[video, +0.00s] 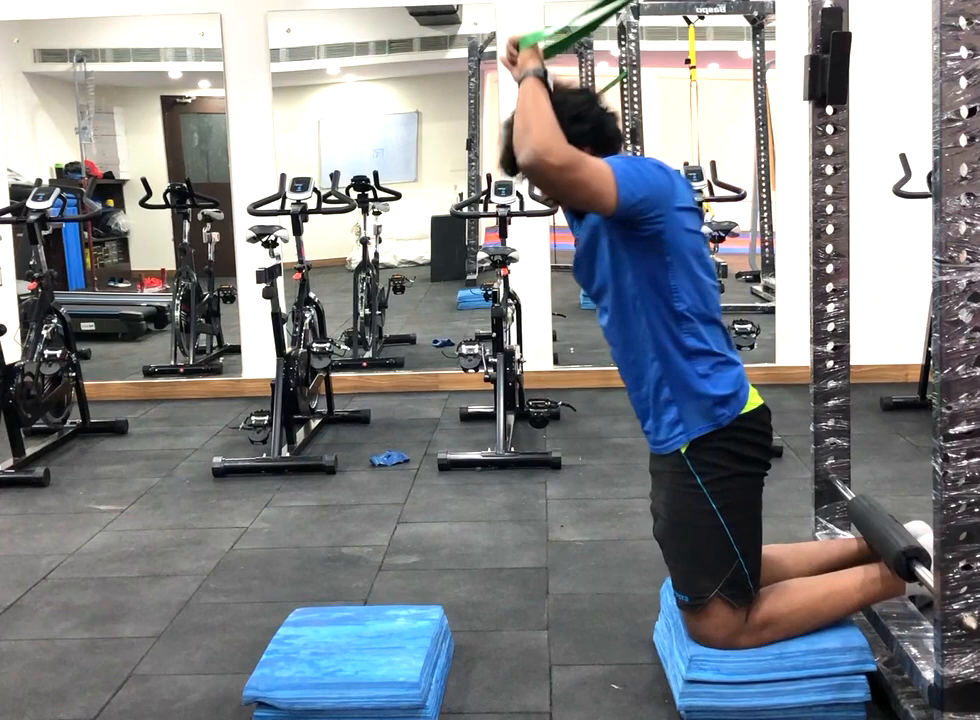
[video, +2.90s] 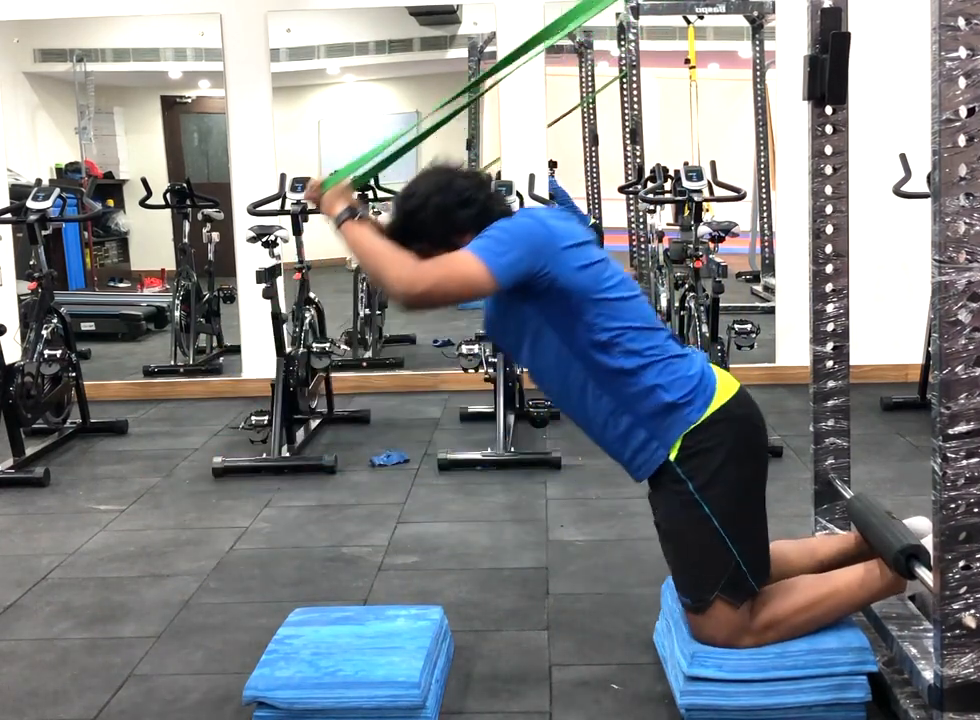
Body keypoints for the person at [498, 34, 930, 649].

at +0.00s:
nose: (534, 189)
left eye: (534, 170)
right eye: (525, 176)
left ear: (569, 149)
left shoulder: (648, 184)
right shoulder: (602, 211)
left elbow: (544, 158)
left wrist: (528, 73)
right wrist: (526, 79)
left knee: (722, 624)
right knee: (718, 582)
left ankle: (898, 577)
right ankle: (873, 545)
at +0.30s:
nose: (438, 228)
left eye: (442, 213)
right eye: (432, 219)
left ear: (477, 196)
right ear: (482, 201)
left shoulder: (551, 207)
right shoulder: (524, 254)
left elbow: (437, 223)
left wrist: (460, 146)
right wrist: (461, 147)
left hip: (683, 431)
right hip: (660, 438)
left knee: (721, 624)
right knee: (718, 585)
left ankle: (903, 572)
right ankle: (869, 542)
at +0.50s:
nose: (382, 299)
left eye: (379, 280)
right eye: (373, 283)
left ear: (399, 263)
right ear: (420, 243)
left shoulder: (483, 249)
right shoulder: (467, 291)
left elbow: (365, 285)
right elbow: (380, 281)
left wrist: (372, 201)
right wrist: (380, 204)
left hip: (663, 439)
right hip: (645, 444)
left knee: (720, 626)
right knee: (718, 586)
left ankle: (902, 571)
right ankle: (865, 539)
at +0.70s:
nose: (343, 369)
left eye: (339, 352)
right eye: (336, 354)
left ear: (352, 323)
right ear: (364, 309)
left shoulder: (426, 301)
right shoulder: (419, 311)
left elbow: (308, 362)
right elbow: (323, 362)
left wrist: (294, 279)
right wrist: (310, 285)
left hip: (639, 448)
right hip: (626, 446)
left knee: (722, 631)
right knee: (709, 589)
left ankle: (900, 568)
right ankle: (865, 539)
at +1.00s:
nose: (286, 441)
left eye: (279, 430)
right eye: (280, 432)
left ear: (295, 407)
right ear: (304, 374)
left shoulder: (359, 376)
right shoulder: (368, 371)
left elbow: (248, 462)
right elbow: (274, 457)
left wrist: (217, 386)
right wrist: (239, 386)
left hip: (601, 467)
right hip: (596, 457)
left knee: (723, 631)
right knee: (707, 594)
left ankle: (903, 568)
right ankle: (860, 535)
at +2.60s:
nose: (344, 351)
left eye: (340, 338)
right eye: (337, 339)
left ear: (361, 317)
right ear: (377, 302)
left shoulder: (437, 302)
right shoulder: (438, 299)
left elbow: (329, 376)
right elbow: (342, 370)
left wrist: (259, 322)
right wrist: (276, 322)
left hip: (651, 442)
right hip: (653, 423)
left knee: (724, 622)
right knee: (727, 578)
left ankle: (896, 569)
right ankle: (861, 537)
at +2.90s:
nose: (433, 273)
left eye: (433, 261)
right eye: (422, 262)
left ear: (457, 234)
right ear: (469, 220)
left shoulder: (530, 235)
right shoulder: (525, 239)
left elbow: (412, 283)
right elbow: (420, 272)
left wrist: (339, 219)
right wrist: (355, 225)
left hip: (698, 437)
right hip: (692, 427)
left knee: (726, 624)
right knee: (730, 573)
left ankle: (903, 570)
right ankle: (865, 542)